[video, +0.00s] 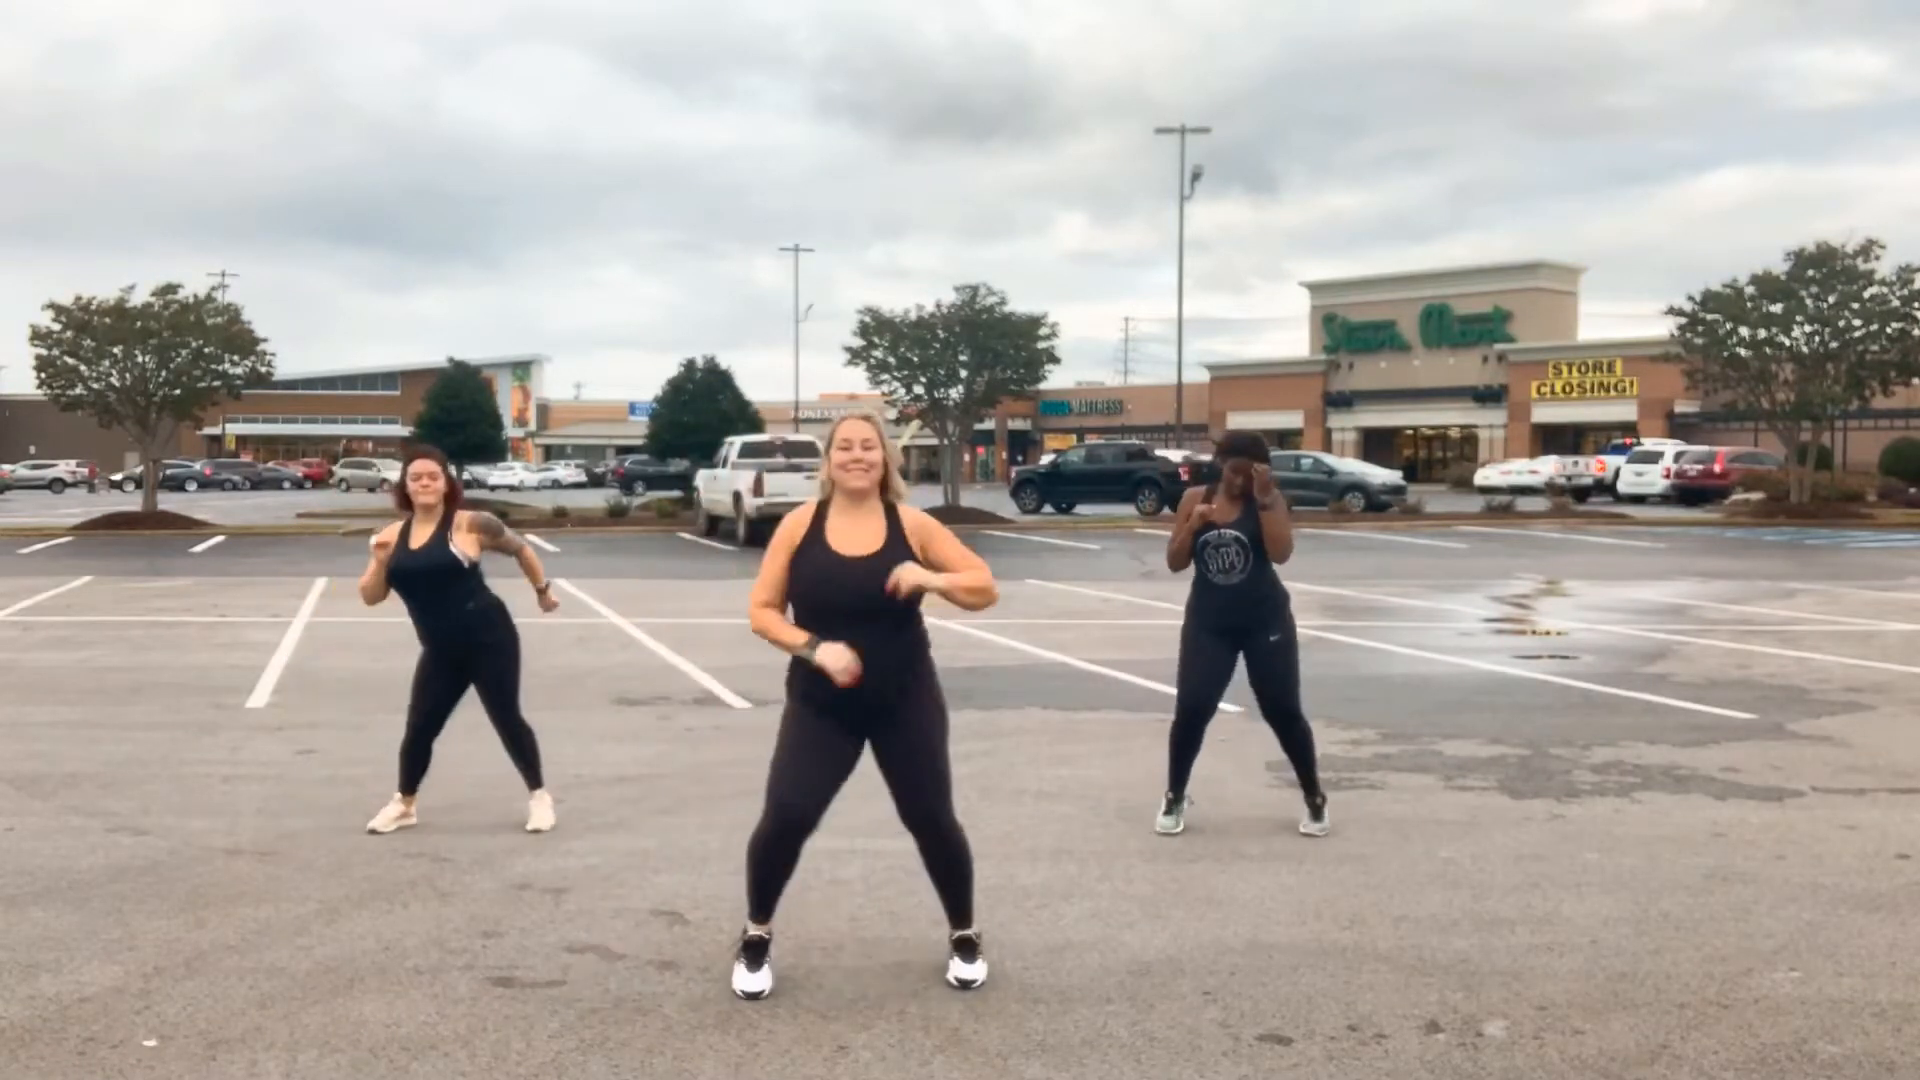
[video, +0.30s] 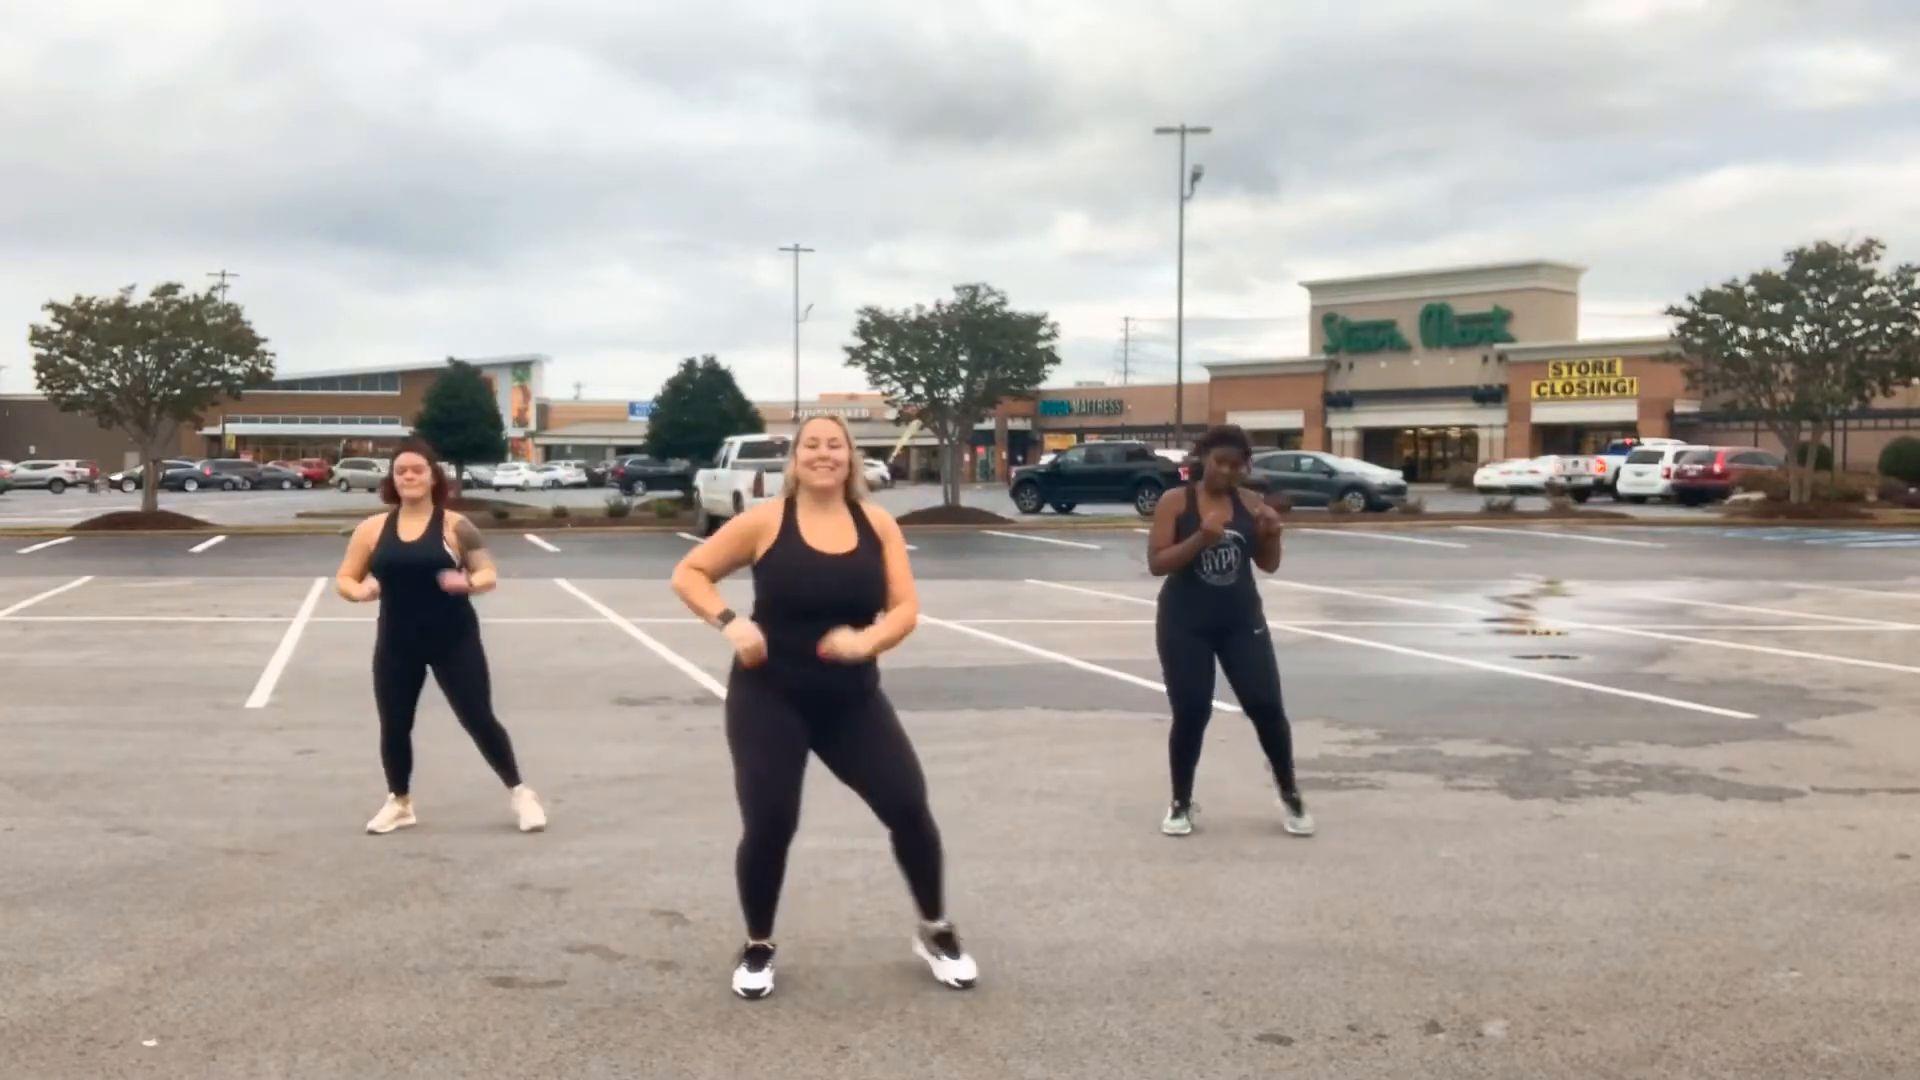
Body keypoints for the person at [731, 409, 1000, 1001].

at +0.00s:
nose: (856, 455)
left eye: (867, 446)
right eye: (844, 447)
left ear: (886, 458)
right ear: (827, 460)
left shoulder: (913, 524)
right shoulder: (800, 525)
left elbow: (984, 589)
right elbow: (761, 611)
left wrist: (932, 579)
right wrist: (814, 647)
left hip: (906, 701)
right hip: (821, 704)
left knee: (931, 820)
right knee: (784, 821)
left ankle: (964, 938)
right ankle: (756, 936)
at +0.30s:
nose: (823, 453)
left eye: (834, 445)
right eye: (812, 445)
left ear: (851, 459)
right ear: (794, 459)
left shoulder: (876, 524)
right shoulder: (765, 520)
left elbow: (905, 609)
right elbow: (688, 575)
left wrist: (866, 641)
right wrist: (729, 622)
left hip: (850, 697)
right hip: (768, 696)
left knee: (910, 809)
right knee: (770, 825)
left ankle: (936, 930)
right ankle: (758, 948)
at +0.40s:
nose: (808, 441)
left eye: (819, 432)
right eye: (797, 433)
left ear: (836, 446)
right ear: (778, 446)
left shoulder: (864, 515)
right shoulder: (749, 513)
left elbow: (905, 593)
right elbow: (685, 584)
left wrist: (879, 654)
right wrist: (753, 587)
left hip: (842, 694)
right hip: (759, 695)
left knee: (872, 812)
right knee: (760, 820)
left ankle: (872, 921)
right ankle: (757, 945)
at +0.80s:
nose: (780, 458)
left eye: (791, 449)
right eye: (769, 449)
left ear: (809, 463)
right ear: (750, 462)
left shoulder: (832, 531)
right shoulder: (722, 528)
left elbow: (883, 607)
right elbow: (676, 615)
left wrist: (854, 619)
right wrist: (729, 672)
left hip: (817, 703)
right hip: (737, 700)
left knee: (824, 825)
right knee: (729, 818)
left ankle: (816, 938)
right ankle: (709, 934)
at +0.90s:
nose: (769, 445)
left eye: (780, 436)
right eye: (757, 436)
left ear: (797, 451)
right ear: (738, 451)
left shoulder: (821, 518)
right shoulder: (705, 514)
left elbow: (845, 610)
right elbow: (658, 576)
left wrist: (816, 574)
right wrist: (678, 635)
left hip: (797, 695)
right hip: (719, 694)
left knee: (816, 818)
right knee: (713, 820)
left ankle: (817, 933)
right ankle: (643, 929)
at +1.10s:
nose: (738, 452)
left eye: (750, 444)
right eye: (727, 443)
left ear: (766, 458)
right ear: (707, 456)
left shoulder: (789, 524)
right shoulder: (677, 516)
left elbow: (823, 607)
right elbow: (592, 557)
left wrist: (766, 616)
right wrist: (630, 608)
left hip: (751, 697)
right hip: (668, 693)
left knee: (814, 796)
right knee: (638, 816)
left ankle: (812, 924)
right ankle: (600, 942)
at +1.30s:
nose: (735, 457)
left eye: (747, 449)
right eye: (724, 449)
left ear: (765, 461)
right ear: (706, 461)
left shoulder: (796, 529)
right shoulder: (678, 527)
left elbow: (835, 600)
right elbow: (648, 608)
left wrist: (817, 655)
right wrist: (714, 600)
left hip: (758, 707)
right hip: (675, 702)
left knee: (762, 835)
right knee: (637, 821)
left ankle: (805, 935)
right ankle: (599, 943)